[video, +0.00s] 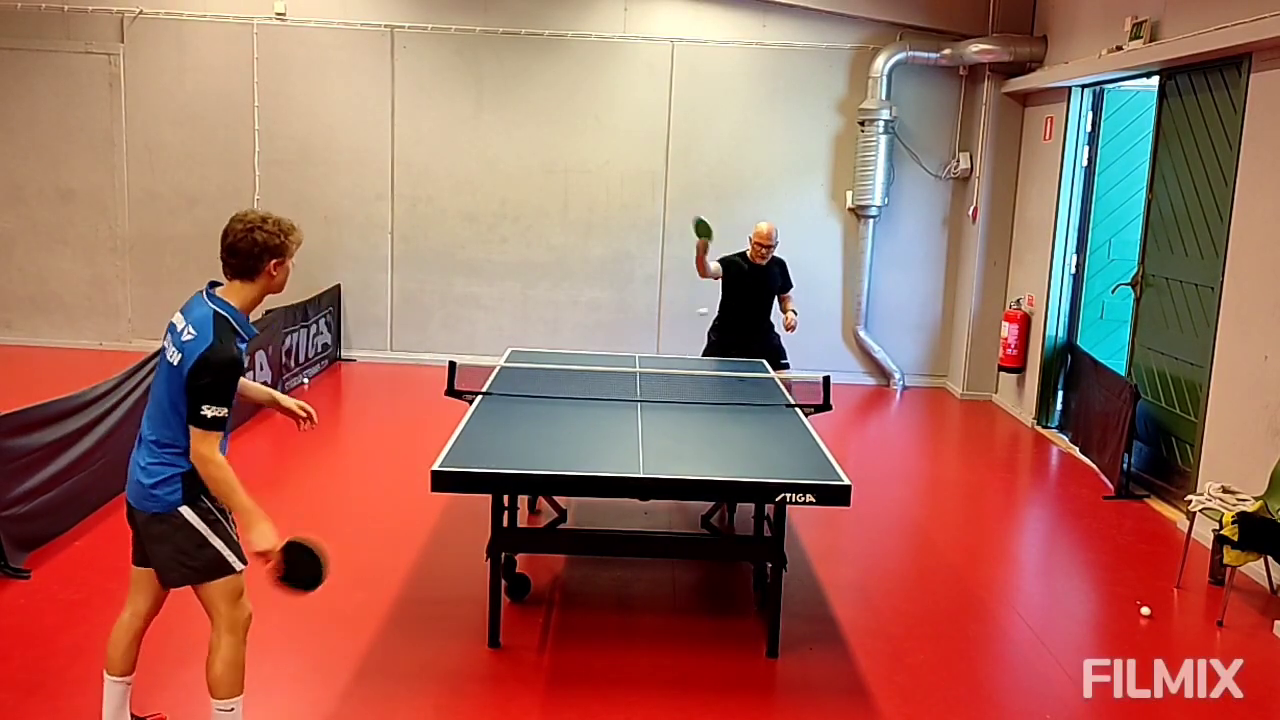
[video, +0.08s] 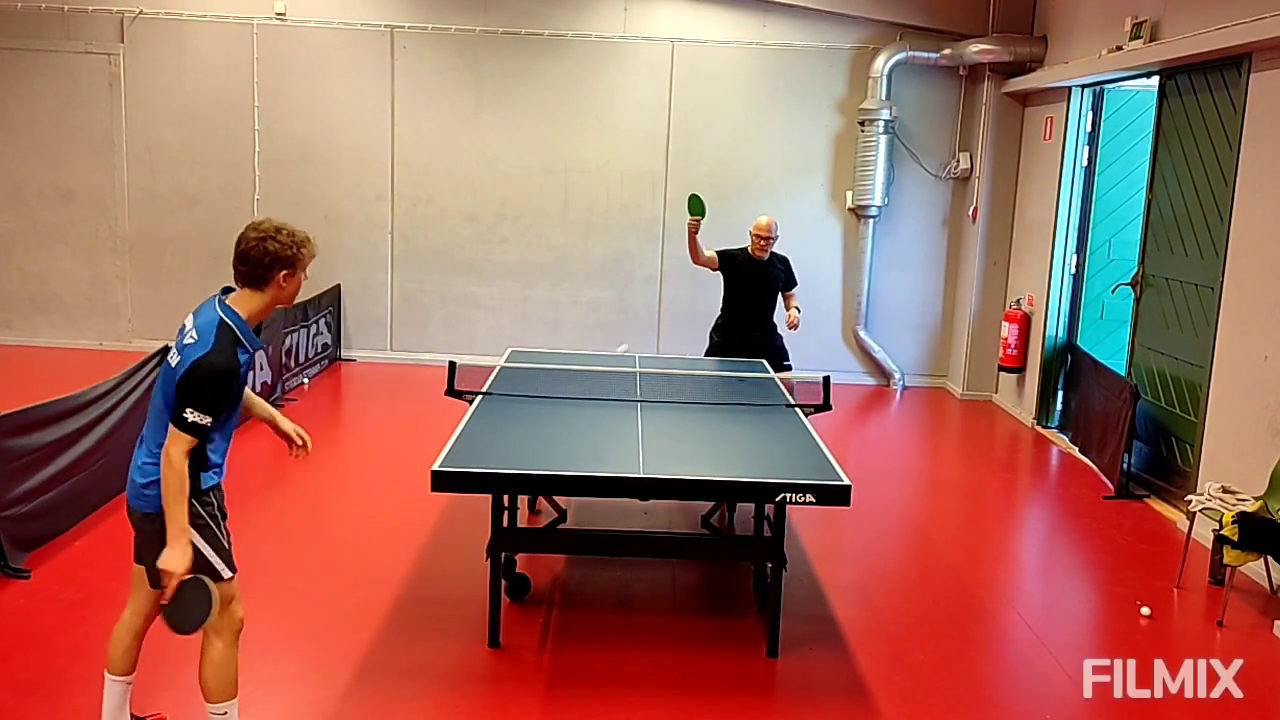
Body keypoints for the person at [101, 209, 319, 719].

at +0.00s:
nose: (289, 270)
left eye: (288, 262)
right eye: (287, 262)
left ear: (234, 262)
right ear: (271, 270)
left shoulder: (205, 304)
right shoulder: (222, 349)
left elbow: (213, 378)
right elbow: (206, 455)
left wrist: (274, 398)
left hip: (146, 482)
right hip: (177, 494)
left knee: (139, 606)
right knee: (233, 617)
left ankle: (115, 715)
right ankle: (227, 717)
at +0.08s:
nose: (303, 282)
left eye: (303, 273)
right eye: (301, 274)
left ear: (252, 271)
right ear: (282, 280)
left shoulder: (224, 307)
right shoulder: (219, 359)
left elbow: (227, 387)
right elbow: (175, 454)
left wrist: (275, 419)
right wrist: (177, 538)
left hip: (154, 485)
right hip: (188, 494)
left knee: (144, 602)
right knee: (225, 619)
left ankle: (114, 714)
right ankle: (223, 718)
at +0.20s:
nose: (324, 295)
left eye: (325, 285)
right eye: (320, 285)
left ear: (282, 282)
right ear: (288, 285)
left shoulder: (247, 317)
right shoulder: (224, 354)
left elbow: (222, 392)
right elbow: (180, 447)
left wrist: (251, 433)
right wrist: (186, 529)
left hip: (176, 484)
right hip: (193, 494)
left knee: (148, 602)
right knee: (229, 621)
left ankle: (110, 713)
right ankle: (224, 719)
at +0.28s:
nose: (323, 292)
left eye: (325, 282)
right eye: (316, 281)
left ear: (279, 278)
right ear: (279, 278)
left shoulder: (240, 309)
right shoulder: (235, 346)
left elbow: (214, 391)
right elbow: (208, 447)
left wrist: (251, 432)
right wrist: (248, 510)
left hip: (170, 481)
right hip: (190, 493)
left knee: (157, 598)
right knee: (231, 623)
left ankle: (110, 710)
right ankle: (226, 718)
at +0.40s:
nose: (306, 282)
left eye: (308, 271)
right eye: (297, 270)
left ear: (259, 266)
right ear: (260, 264)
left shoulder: (215, 304)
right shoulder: (247, 334)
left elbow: (199, 386)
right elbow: (275, 428)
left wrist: (251, 426)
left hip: (170, 480)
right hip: (202, 494)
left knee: (189, 591)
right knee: (236, 621)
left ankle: (123, 702)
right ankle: (228, 719)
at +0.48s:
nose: (300, 275)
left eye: (302, 263)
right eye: (290, 264)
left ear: (251, 263)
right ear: (252, 261)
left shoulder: (206, 300)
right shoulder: (246, 329)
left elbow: (182, 384)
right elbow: (293, 419)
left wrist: (239, 424)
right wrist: (385, 410)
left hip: (173, 481)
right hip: (206, 495)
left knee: (199, 591)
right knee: (239, 620)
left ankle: (130, 697)